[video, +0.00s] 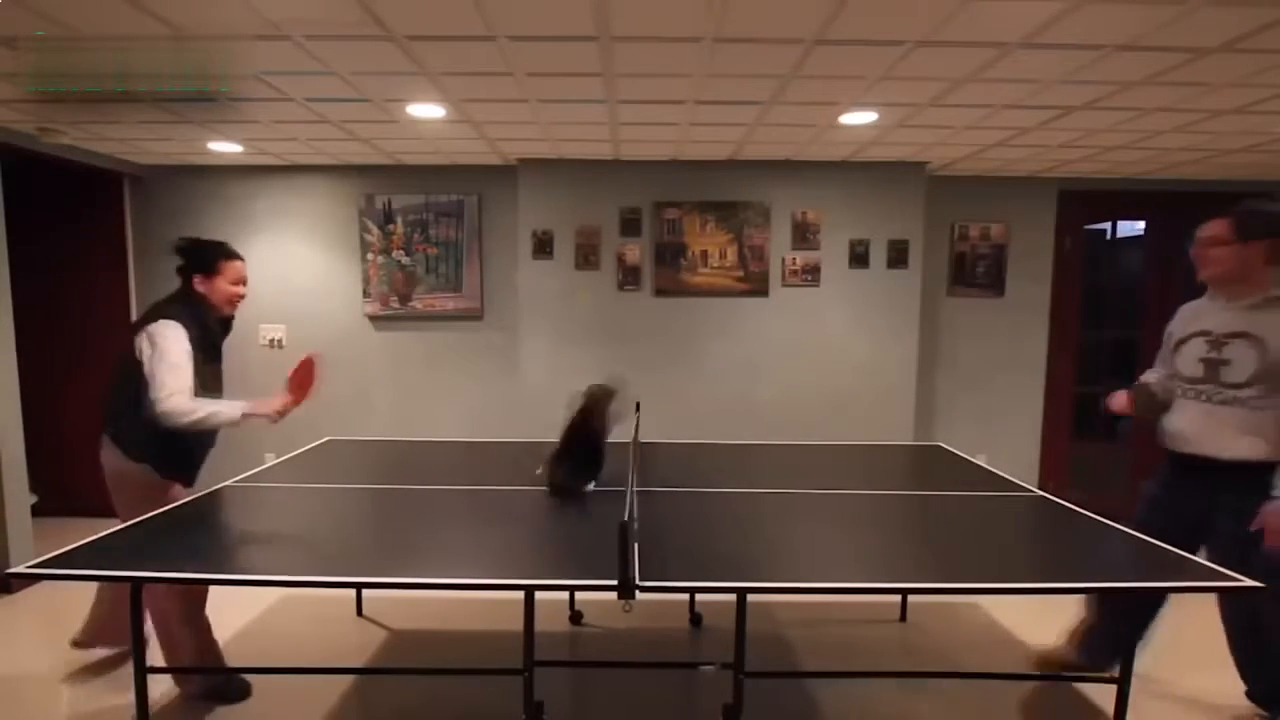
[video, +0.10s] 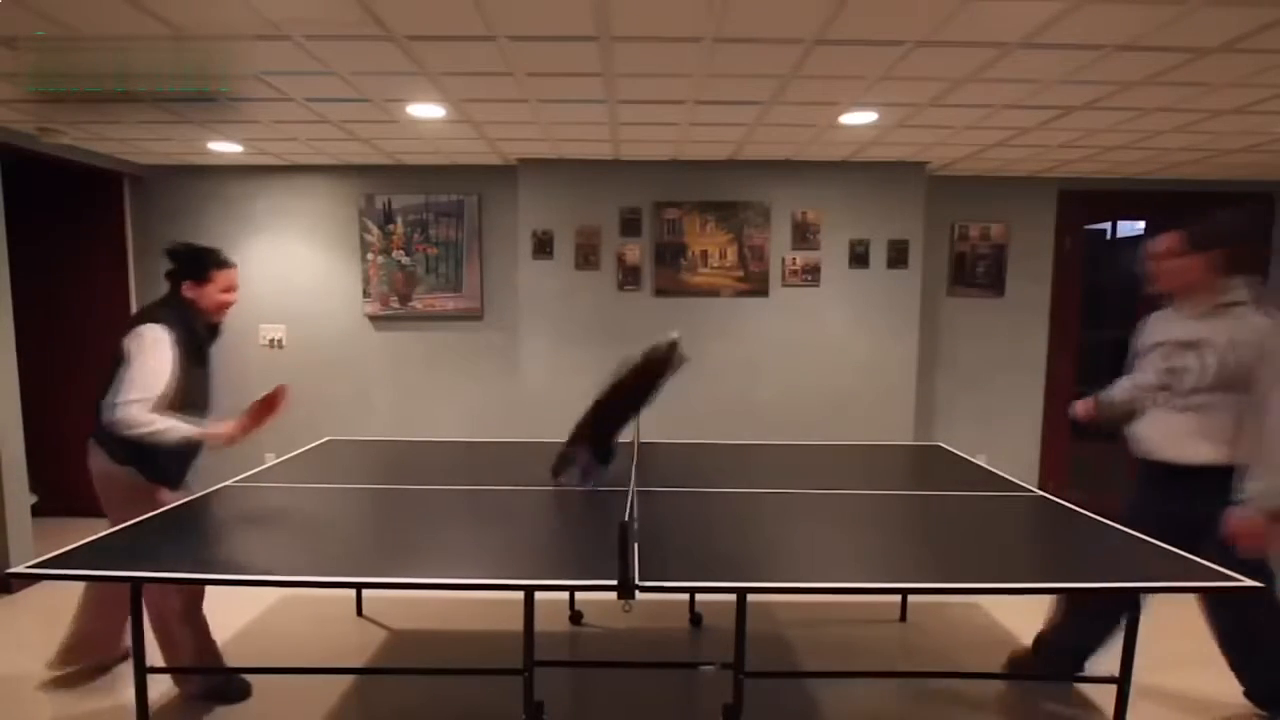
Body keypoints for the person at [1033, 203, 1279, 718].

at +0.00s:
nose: (1201, 256)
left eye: (1215, 246)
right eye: (1199, 247)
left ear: (1255, 252)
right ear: (1196, 254)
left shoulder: (1273, 313)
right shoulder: (1189, 314)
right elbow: (1164, 380)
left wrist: (1278, 498)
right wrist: (1134, 396)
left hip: (1250, 476)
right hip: (1183, 469)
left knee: (1249, 592)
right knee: (1143, 565)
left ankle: (1270, 697)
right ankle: (1095, 653)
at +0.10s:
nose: (1156, 270)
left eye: (1167, 258)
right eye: (1153, 260)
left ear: (1206, 260)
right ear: (1153, 269)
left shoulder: (1256, 328)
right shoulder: (1156, 325)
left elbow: (1270, 419)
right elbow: (1142, 385)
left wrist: (1257, 499)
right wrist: (1098, 404)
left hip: (1221, 483)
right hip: (1156, 479)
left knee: (1242, 603)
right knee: (1112, 580)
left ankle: (1273, 693)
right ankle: (1051, 661)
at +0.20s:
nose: (1096, 280)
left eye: (1108, 270)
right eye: (1095, 270)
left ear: (1146, 273)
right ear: (1101, 277)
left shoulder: (1202, 337)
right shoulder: (1112, 333)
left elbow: (1223, 424)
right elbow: (1103, 389)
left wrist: (1205, 504)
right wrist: (1065, 412)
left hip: (1171, 488)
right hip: (1109, 483)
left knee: (1203, 599)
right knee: (1063, 559)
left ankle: (1273, 694)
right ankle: (1052, 656)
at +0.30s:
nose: (1064, 272)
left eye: (1074, 263)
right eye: (1064, 263)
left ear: (1110, 267)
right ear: (1095, 270)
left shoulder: (1164, 325)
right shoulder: (1092, 318)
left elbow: (1189, 411)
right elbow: (1080, 387)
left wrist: (1166, 485)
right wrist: (1034, 409)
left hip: (1133, 474)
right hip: (1083, 466)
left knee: (1153, 585)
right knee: (1053, 560)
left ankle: (1243, 665)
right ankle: (1048, 652)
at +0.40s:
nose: (1055, 268)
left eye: (1060, 256)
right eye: (1054, 257)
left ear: (1094, 255)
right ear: (1088, 258)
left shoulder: (1145, 312)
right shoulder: (1096, 307)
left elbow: (1171, 396)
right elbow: (1096, 389)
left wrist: (1142, 468)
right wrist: (1051, 412)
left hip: (1109, 456)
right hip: (1075, 450)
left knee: (1100, 565)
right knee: (1057, 556)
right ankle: (1033, 656)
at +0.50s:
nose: (1049, 281)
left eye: (1052, 269)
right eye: (1047, 271)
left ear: (1079, 265)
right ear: (1078, 267)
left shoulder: (1117, 320)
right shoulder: (1099, 315)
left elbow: (1144, 406)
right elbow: (1109, 392)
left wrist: (1117, 475)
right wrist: (1063, 403)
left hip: (1096, 458)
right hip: (1079, 452)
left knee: (1082, 565)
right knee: (1058, 556)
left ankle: (1108, 674)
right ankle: (1032, 646)